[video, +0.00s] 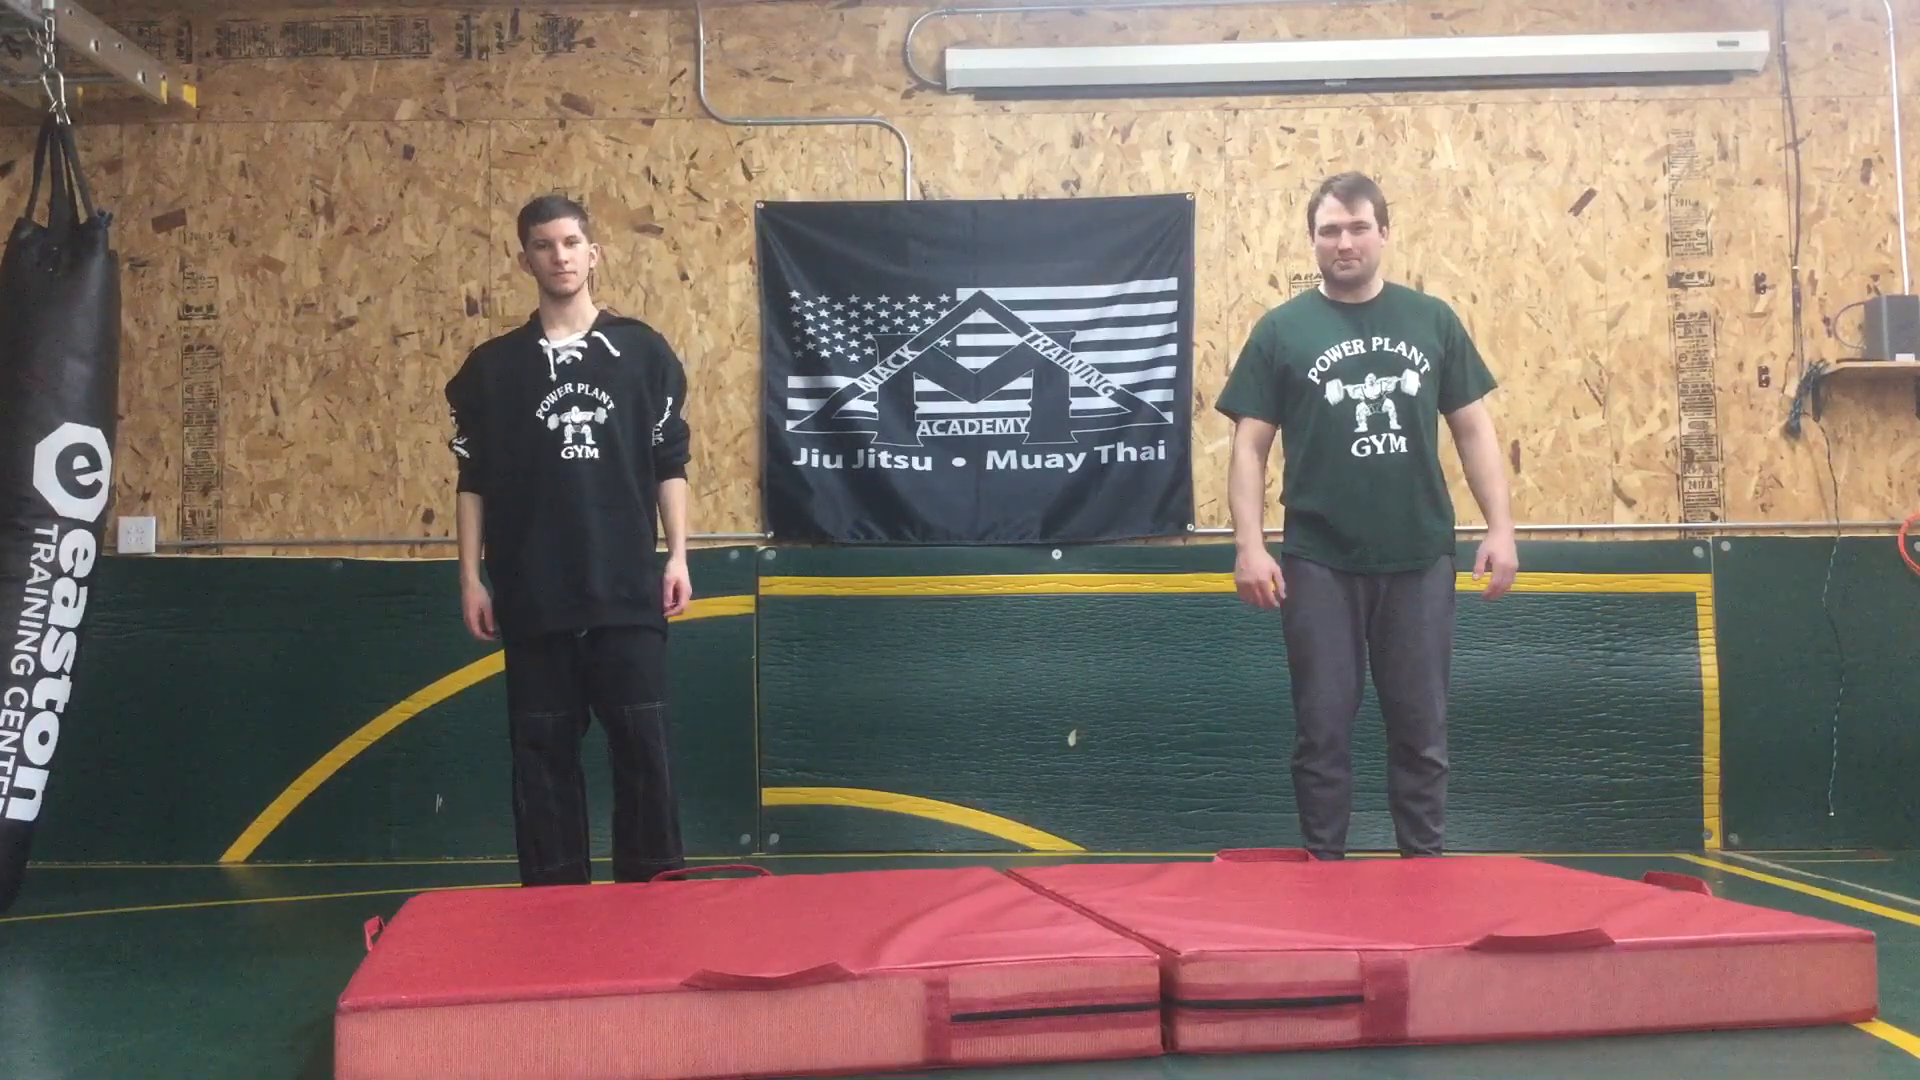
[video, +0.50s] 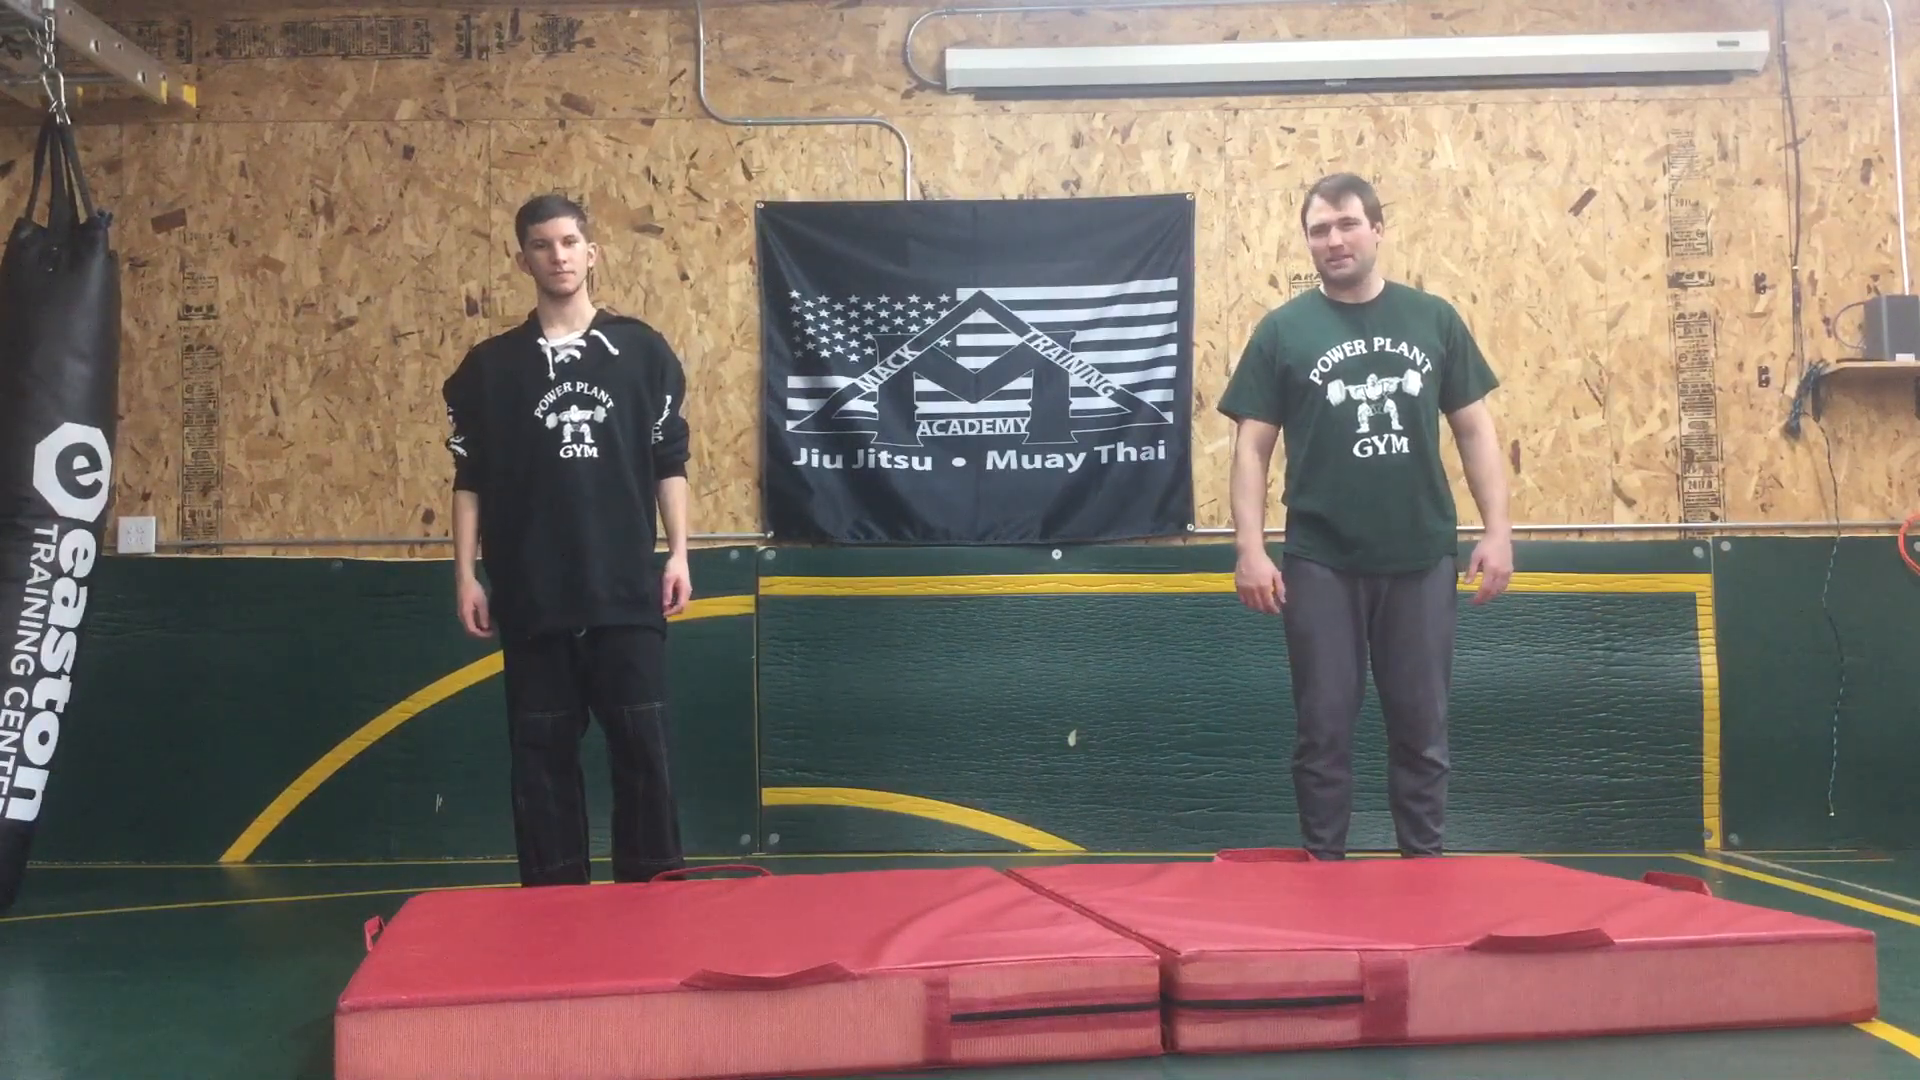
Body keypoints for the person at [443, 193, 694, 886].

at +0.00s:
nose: (560, 256)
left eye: (571, 242)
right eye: (545, 246)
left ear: (592, 251)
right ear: (527, 261)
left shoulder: (644, 351)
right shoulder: (489, 366)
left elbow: (669, 463)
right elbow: (472, 480)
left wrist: (678, 553)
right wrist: (471, 577)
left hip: (627, 584)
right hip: (531, 590)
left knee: (644, 750)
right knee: (542, 760)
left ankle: (654, 903)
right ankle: (554, 911)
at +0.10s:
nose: (559, 256)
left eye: (570, 242)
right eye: (544, 246)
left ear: (592, 251)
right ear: (526, 260)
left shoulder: (643, 350)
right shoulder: (489, 366)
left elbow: (670, 462)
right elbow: (471, 480)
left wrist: (679, 552)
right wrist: (470, 577)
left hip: (626, 585)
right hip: (530, 592)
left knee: (644, 753)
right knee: (542, 763)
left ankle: (654, 906)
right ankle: (554, 913)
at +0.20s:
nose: (559, 256)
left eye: (570, 242)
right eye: (543, 246)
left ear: (591, 252)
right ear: (525, 260)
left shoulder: (643, 351)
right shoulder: (488, 366)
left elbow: (670, 462)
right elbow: (470, 479)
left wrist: (680, 552)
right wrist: (469, 575)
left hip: (626, 584)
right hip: (530, 590)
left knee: (644, 753)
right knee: (542, 763)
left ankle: (653, 906)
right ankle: (554, 913)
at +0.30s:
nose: (559, 256)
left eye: (569, 242)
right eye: (543, 246)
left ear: (591, 251)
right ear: (525, 260)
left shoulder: (643, 350)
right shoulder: (487, 366)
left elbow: (669, 462)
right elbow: (469, 479)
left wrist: (679, 551)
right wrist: (468, 574)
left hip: (626, 583)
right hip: (529, 590)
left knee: (643, 751)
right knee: (542, 761)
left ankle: (653, 903)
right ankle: (554, 911)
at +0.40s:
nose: (559, 256)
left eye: (569, 242)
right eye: (543, 246)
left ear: (590, 251)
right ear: (525, 261)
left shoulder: (643, 350)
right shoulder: (486, 366)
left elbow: (669, 461)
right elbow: (468, 480)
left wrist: (679, 551)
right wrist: (467, 574)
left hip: (625, 585)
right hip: (529, 591)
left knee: (643, 753)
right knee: (542, 764)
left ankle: (653, 906)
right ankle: (555, 914)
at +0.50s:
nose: (559, 256)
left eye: (569, 242)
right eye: (543, 246)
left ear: (590, 250)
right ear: (525, 261)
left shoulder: (643, 350)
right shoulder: (486, 366)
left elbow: (669, 462)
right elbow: (468, 479)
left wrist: (679, 551)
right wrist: (466, 574)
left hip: (625, 585)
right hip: (529, 591)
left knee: (643, 754)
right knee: (542, 764)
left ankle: (653, 906)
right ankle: (554, 914)